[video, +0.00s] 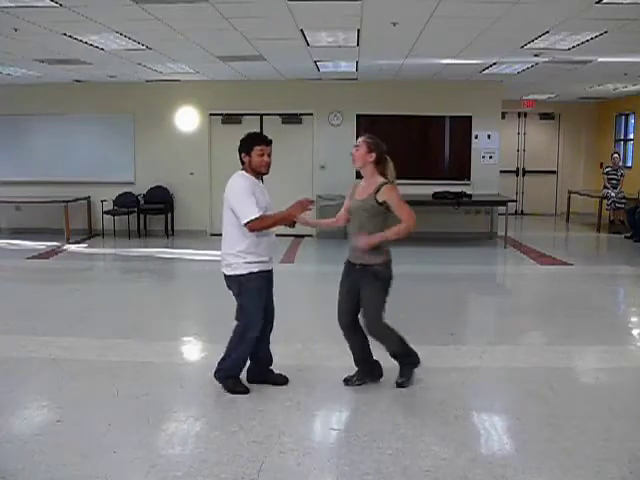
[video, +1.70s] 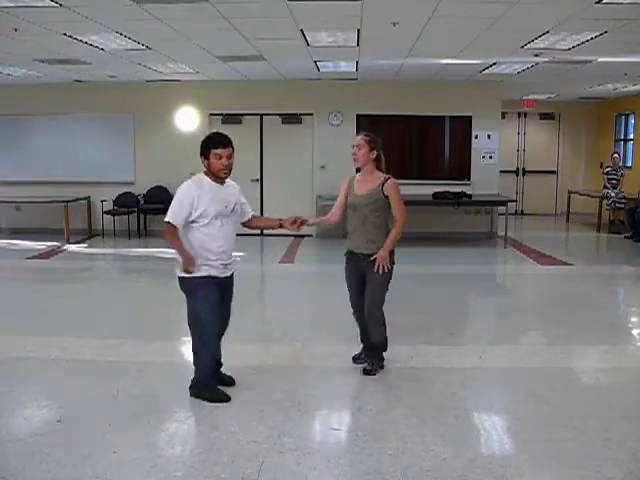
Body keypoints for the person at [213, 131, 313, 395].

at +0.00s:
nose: (267, 160)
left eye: (269, 155)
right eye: (261, 155)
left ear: (269, 156)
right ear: (245, 157)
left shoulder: (258, 185)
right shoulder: (239, 184)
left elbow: (260, 220)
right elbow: (253, 224)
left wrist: (283, 220)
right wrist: (288, 214)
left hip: (261, 267)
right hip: (243, 268)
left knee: (265, 319)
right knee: (251, 321)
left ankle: (260, 369)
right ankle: (227, 373)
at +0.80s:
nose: (253, 158)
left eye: (256, 154)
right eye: (247, 154)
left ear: (258, 156)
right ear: (232, 157)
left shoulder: (252, 185)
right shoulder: (226, 184)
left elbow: (264, 216)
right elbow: (233, 227)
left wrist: (281, 193)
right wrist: (274, 241)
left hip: (251, 266)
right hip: (228, 268)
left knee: (256, 320)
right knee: (230, 324)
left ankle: (259, 370)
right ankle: (213, 379)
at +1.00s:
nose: (235, 161)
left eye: (238, 156)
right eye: (229, 156)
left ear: (240, 157)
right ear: (214, 158)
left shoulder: (238, 186)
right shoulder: (203, 189)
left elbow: (246, 220)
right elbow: (200, 233)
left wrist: (267, 202)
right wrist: (237, 257)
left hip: (235, 271)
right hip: (210, 273)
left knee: (246, 321)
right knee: (208, 330)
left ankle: (257, 369)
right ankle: (203, 379)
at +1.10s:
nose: (227, 162)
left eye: (230, 156)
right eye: (220, 157)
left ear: (233, 157)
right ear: (206, 159)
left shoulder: (233, 188)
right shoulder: (194, 189)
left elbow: (240, 220)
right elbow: (182, 231)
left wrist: (267, 216)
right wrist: (216, 261)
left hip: (230, 271)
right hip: (203, 273)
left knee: (241, 322)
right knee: (203, 330)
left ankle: (254, 369)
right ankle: (203, 379)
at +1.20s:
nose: (220, 163)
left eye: (223, 157)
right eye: (214, 158)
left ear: (227, 158)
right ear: (199, 161)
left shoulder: (231, 188)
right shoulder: (186, 189)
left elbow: (247, 219)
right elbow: (167, 228)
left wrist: (276, 222)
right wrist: (195, 261)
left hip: (227, 272)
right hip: (196, 275)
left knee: (239, 320)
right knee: (199, 330)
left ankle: (243, 369)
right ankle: (203, 380)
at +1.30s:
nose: (216, 162)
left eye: (219, 157)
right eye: (209, 158)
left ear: (223, 157)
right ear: (196, 161)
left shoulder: (231, 188)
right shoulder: (181, 189)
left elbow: (253, 218)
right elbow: (161, 225)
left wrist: (285, 217)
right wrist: (170, 256)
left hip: (224, 272)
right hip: (191, 274)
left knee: (233, 320)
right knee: (196, 329)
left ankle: (226, 369)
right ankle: (202, 380)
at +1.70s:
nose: (227, 163)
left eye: (230, 157)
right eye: (220, 158)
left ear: (233, 158)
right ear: (205, 160)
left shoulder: (232, 190)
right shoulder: (190, 189)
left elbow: (249, 220)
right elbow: (170, 229)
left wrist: (282, 222)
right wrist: (184, 253)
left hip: (224, 273)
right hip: (198, 274)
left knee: (218, 327)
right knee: (205, 330)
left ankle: (212, 371)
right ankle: (202, 384)